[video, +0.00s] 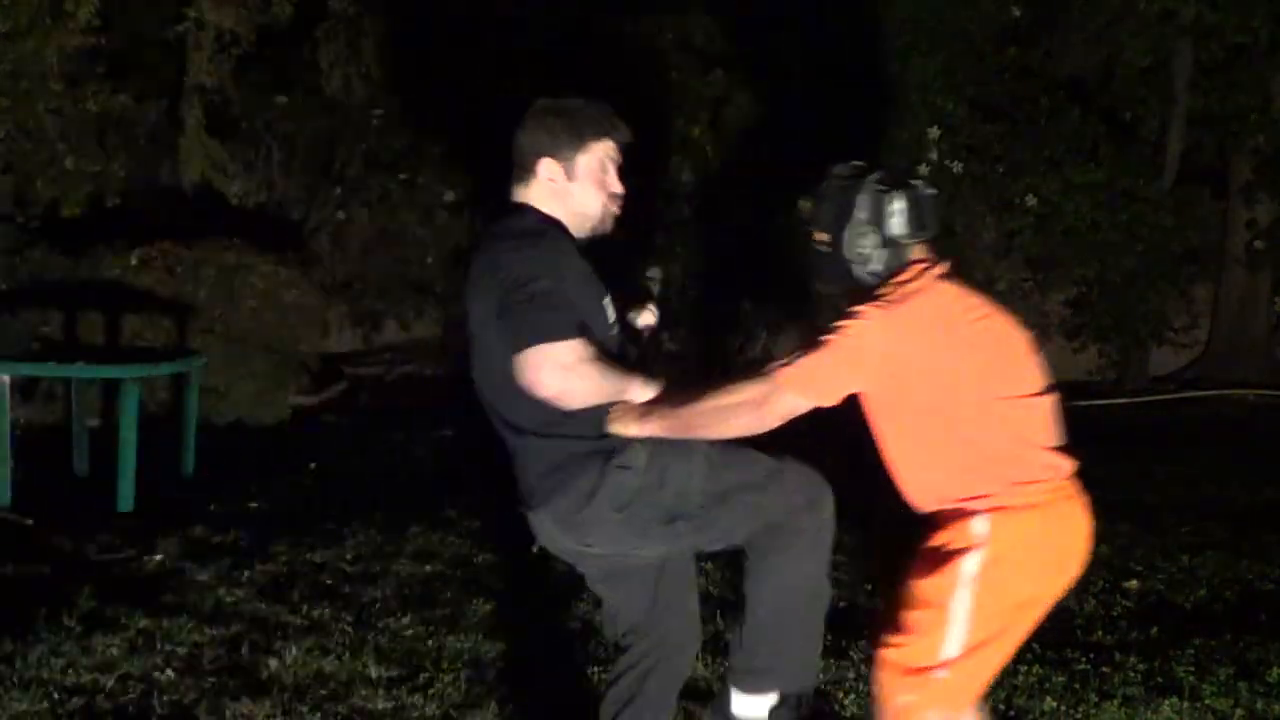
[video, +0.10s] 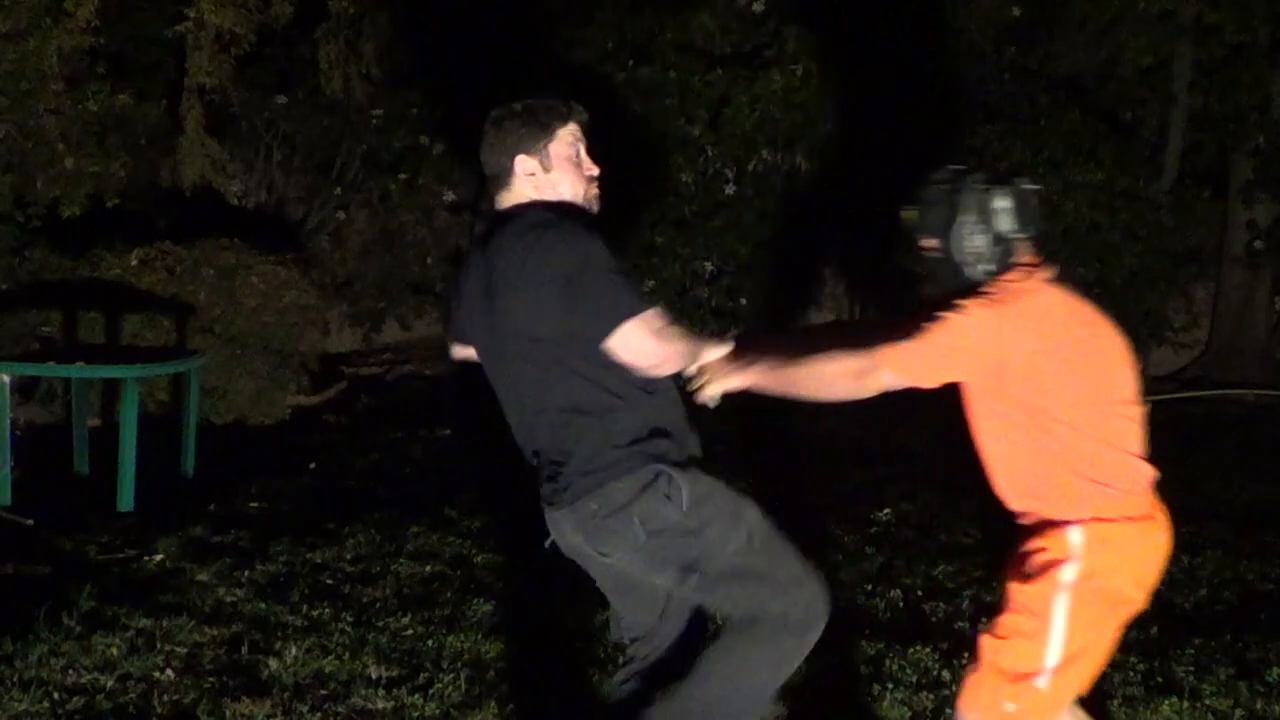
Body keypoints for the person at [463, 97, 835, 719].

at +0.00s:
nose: (619, 190)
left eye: (617, 173)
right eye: (606, 172)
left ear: (555, 176)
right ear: (553, 174)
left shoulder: (518, 250)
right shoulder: (531, 249)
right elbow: (550, 372)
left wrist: (620, 331)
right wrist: (646, 389)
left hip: (573, 496)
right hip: (603, 481)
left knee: (658, 646)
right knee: (795, 502)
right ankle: (762, 699)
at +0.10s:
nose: (594, 167)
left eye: (587, 151)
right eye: (578, 153)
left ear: (524, 172)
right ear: (530, 168)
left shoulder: (481, 266)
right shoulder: (559, 243)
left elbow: (466, 344)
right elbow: (655, 352)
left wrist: (555, 345)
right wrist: (719, 350)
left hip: (574, 512)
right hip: (640, 492)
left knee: (660, 642)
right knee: (789, 606)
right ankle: (680, 712)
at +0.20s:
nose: (631, 172)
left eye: (623, 156)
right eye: (614, 157)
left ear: (557, 176)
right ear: (567, 171)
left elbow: (468, 378)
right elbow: (720, 333)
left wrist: (551, 350)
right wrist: (736, 307)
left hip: (566, 523)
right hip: (631, 516)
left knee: (683, 670)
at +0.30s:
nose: (667, 171)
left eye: (661, 154)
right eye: (651, 154)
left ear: (601, 166)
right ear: (605, 164)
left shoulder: (536, 264)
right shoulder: (619, 251)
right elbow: (729, 343)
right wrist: (745, 291)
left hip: (574, 517)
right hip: (627, 522)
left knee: (647, 692)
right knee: (664, 698)